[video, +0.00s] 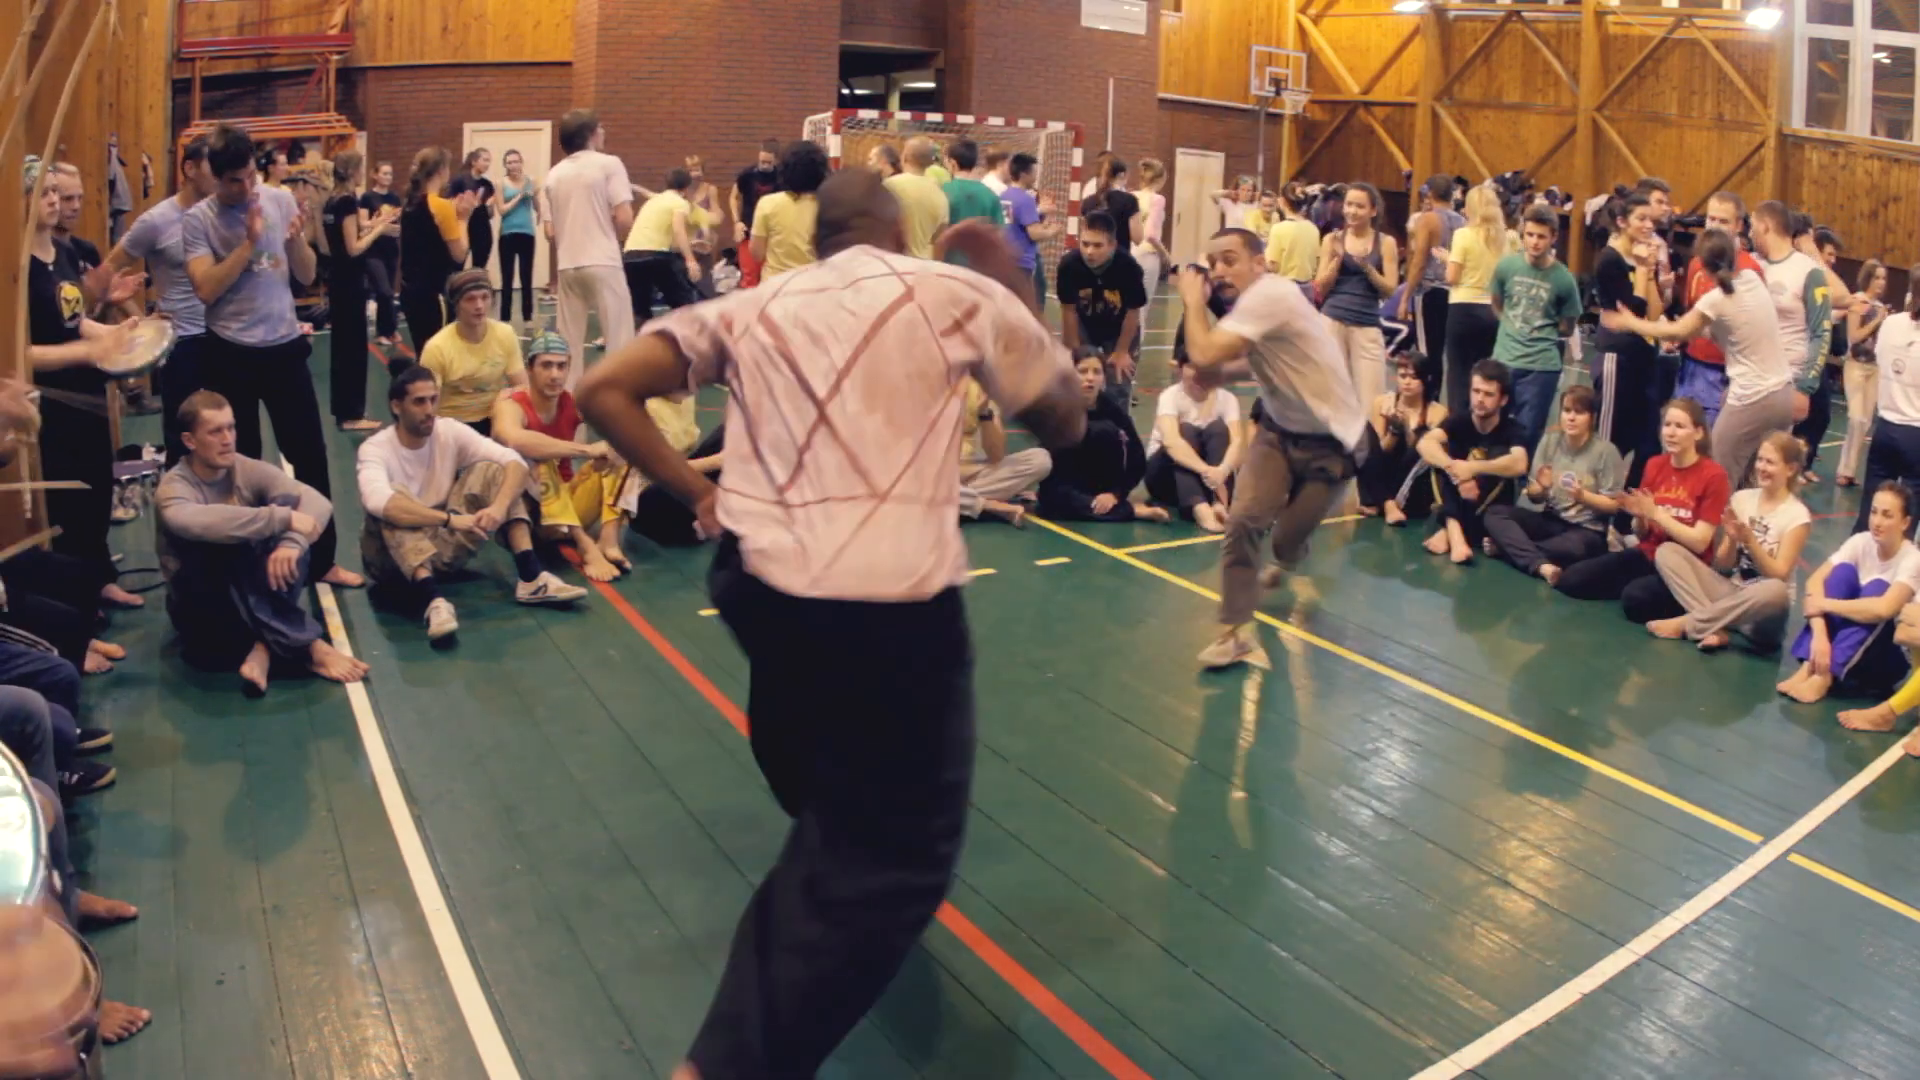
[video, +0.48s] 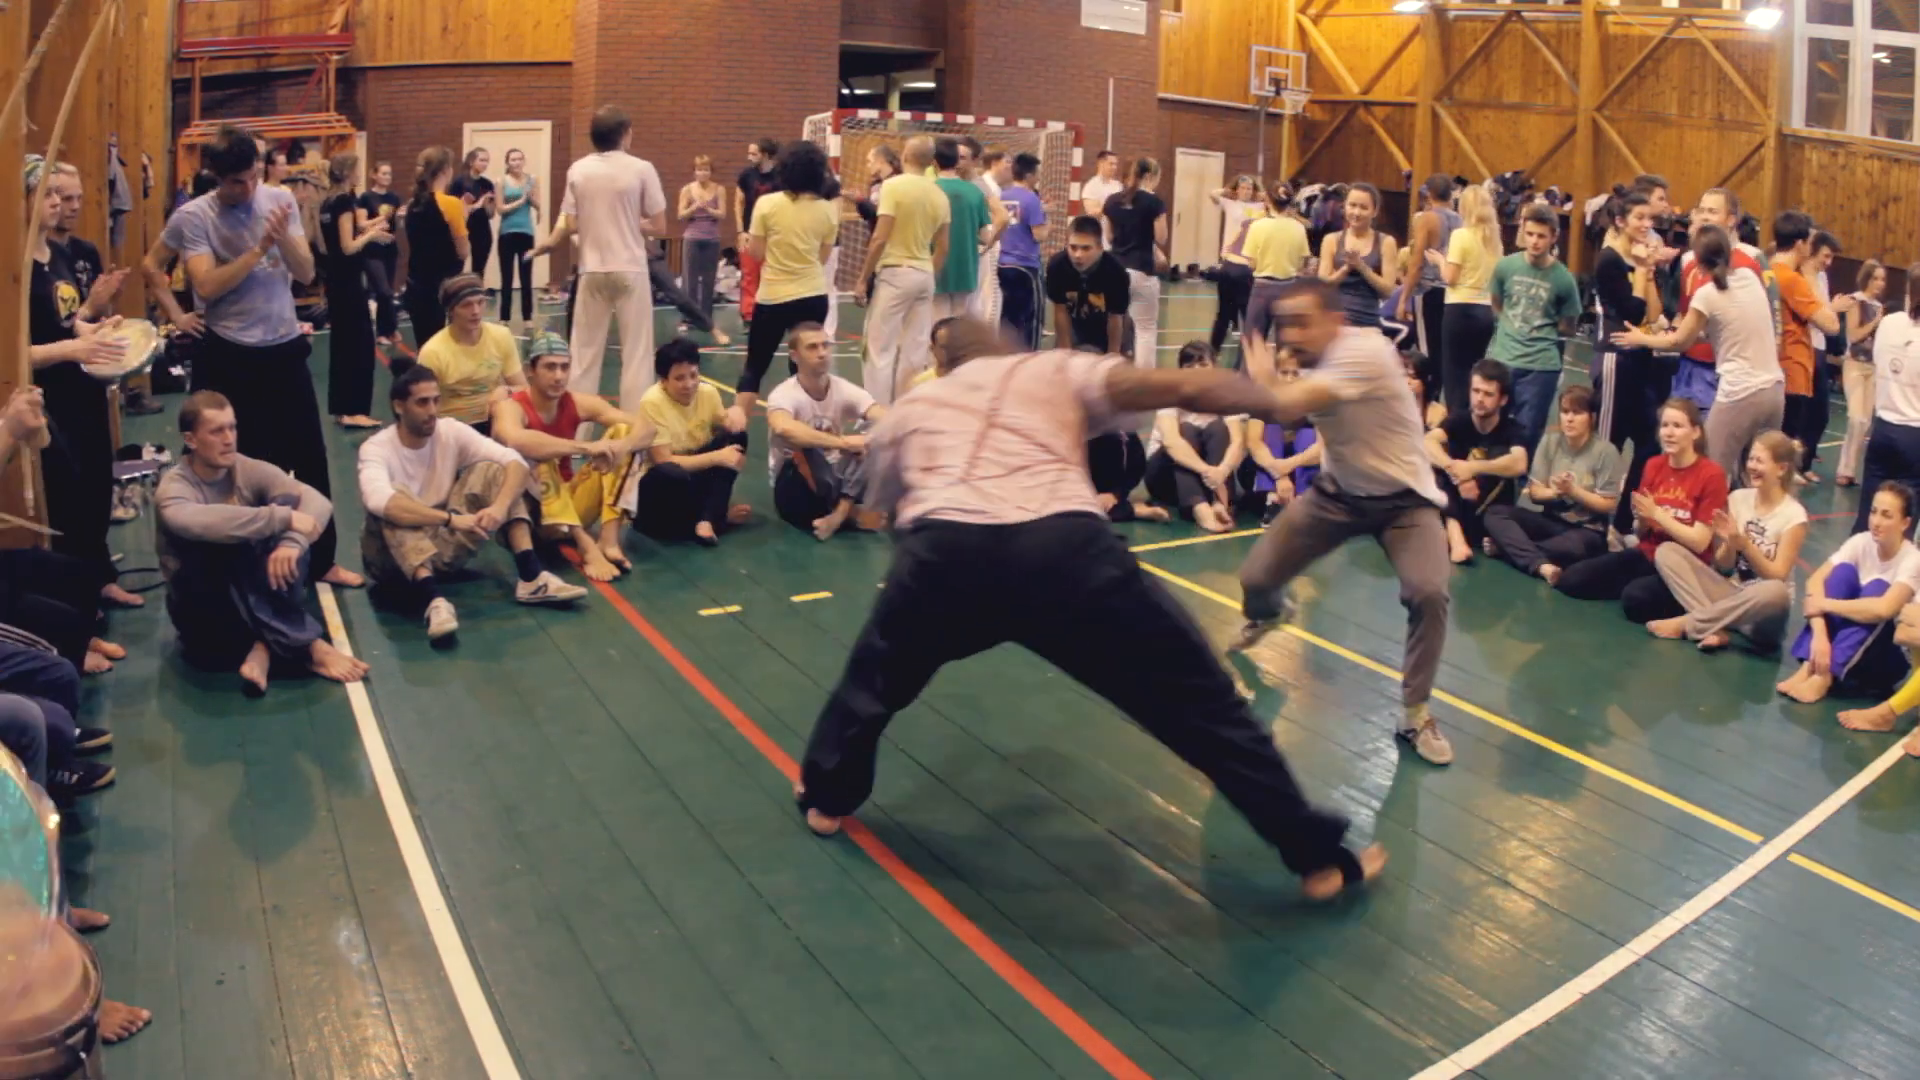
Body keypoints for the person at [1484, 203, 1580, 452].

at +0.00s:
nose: (1534, 242)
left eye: (1541, 236)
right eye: (1530, 235)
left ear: (1553, 239)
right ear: (1522, 235)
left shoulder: (1563, 279)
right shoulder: (1506, 265)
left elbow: (1568, 324)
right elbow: (1496, 303)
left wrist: (1542, 334)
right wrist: (1514, 326)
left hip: (1540, 360)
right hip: (1504, 355)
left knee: (1527, 432)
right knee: (1493, 425)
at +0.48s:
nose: (1534, 242)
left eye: (1541, 236)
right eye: (1529, 234)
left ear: (1553, 239)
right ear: (1522, 234)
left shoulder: (1563, 279)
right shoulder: (1504, 266)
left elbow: (1568, 325)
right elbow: (1496, 305)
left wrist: (1540, 332)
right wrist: (1515, 327)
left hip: (1540, 359)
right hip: (1501, 354)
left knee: (1526, 431)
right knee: (1490, 424)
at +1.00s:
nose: (1533, 241)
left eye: (1540, 236)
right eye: (1528, 234)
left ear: (1552, 238)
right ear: (1521, 234)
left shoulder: (1563, 278)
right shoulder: (1503, 266)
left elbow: (1566, 326)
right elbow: (1495, 305)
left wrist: (1540, 334)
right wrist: (1518, 326)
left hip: (1540, 360)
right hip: (1504, 355)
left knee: (1526, 431)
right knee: (1495, 425)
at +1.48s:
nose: (1532, 241)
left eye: (1539, 236)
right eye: (1527, 234)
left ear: (1551, 238)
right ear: (1520, 234)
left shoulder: (1563, 280)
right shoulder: (1503, 266)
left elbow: (1569, 324)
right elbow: (1494, 303)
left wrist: (1542, 336)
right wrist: (1513, 325)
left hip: (1540, 359)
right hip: (1504, 354)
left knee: (1526, 430)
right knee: (1494, 424)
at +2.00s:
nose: (1530, 241)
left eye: (1537, 236)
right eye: (1526, 234)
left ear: (1551, 239)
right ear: (1519, 234)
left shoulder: (1561, 279)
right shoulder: (1504, 266)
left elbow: (1568, 325)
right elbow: (1495, 305)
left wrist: (1539, 332)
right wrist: (1516, 328)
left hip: (1540, 359)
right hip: (1504, 355)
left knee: (1526, 431)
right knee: (1491, 423)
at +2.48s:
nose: (1530, 241)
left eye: (1537, 236)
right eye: (1526, 234)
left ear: (1550, 238)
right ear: (1519, 234)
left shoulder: (1562, 279)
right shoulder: (1503, 266)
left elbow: (1567, 324)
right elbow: (1494, 306)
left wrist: (1540, 332)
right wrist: (1514, 326)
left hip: (1539, 359)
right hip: (1503, 354)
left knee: (1526, 431)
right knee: (1492, 424)